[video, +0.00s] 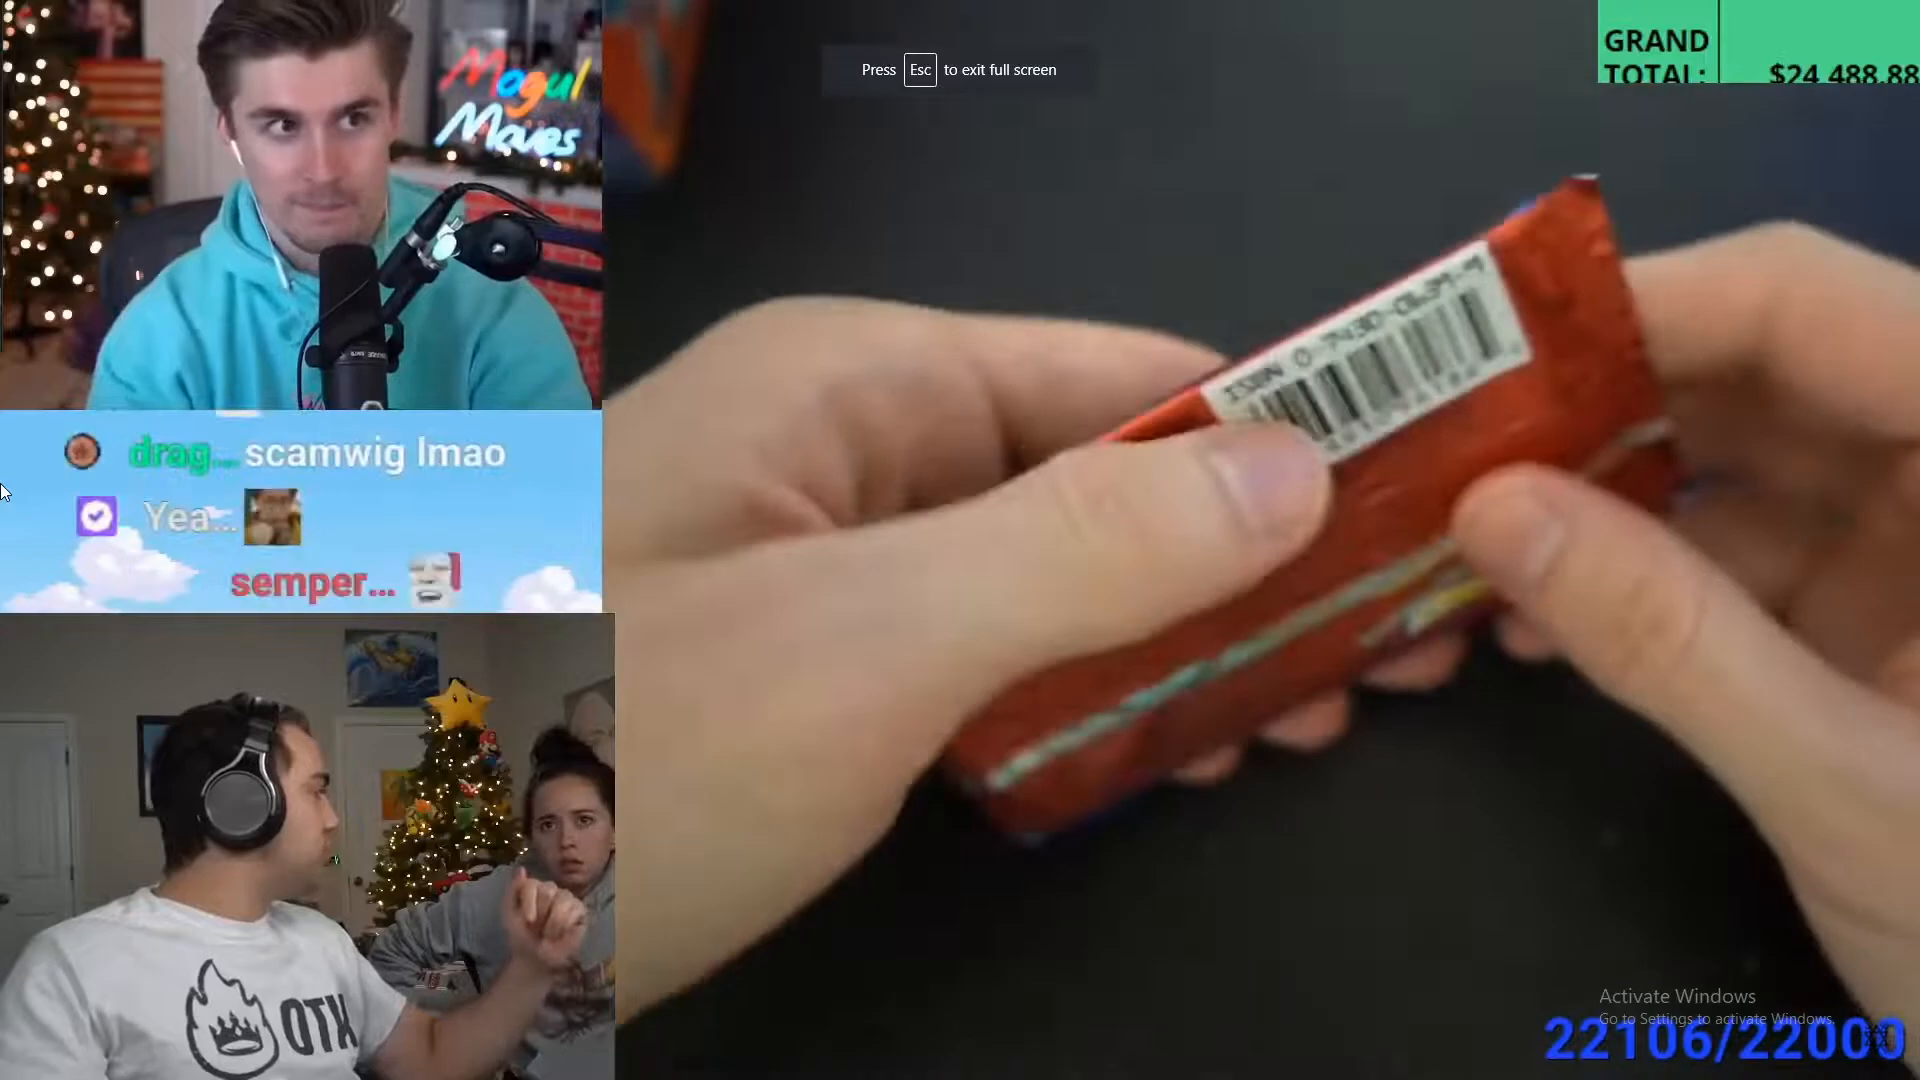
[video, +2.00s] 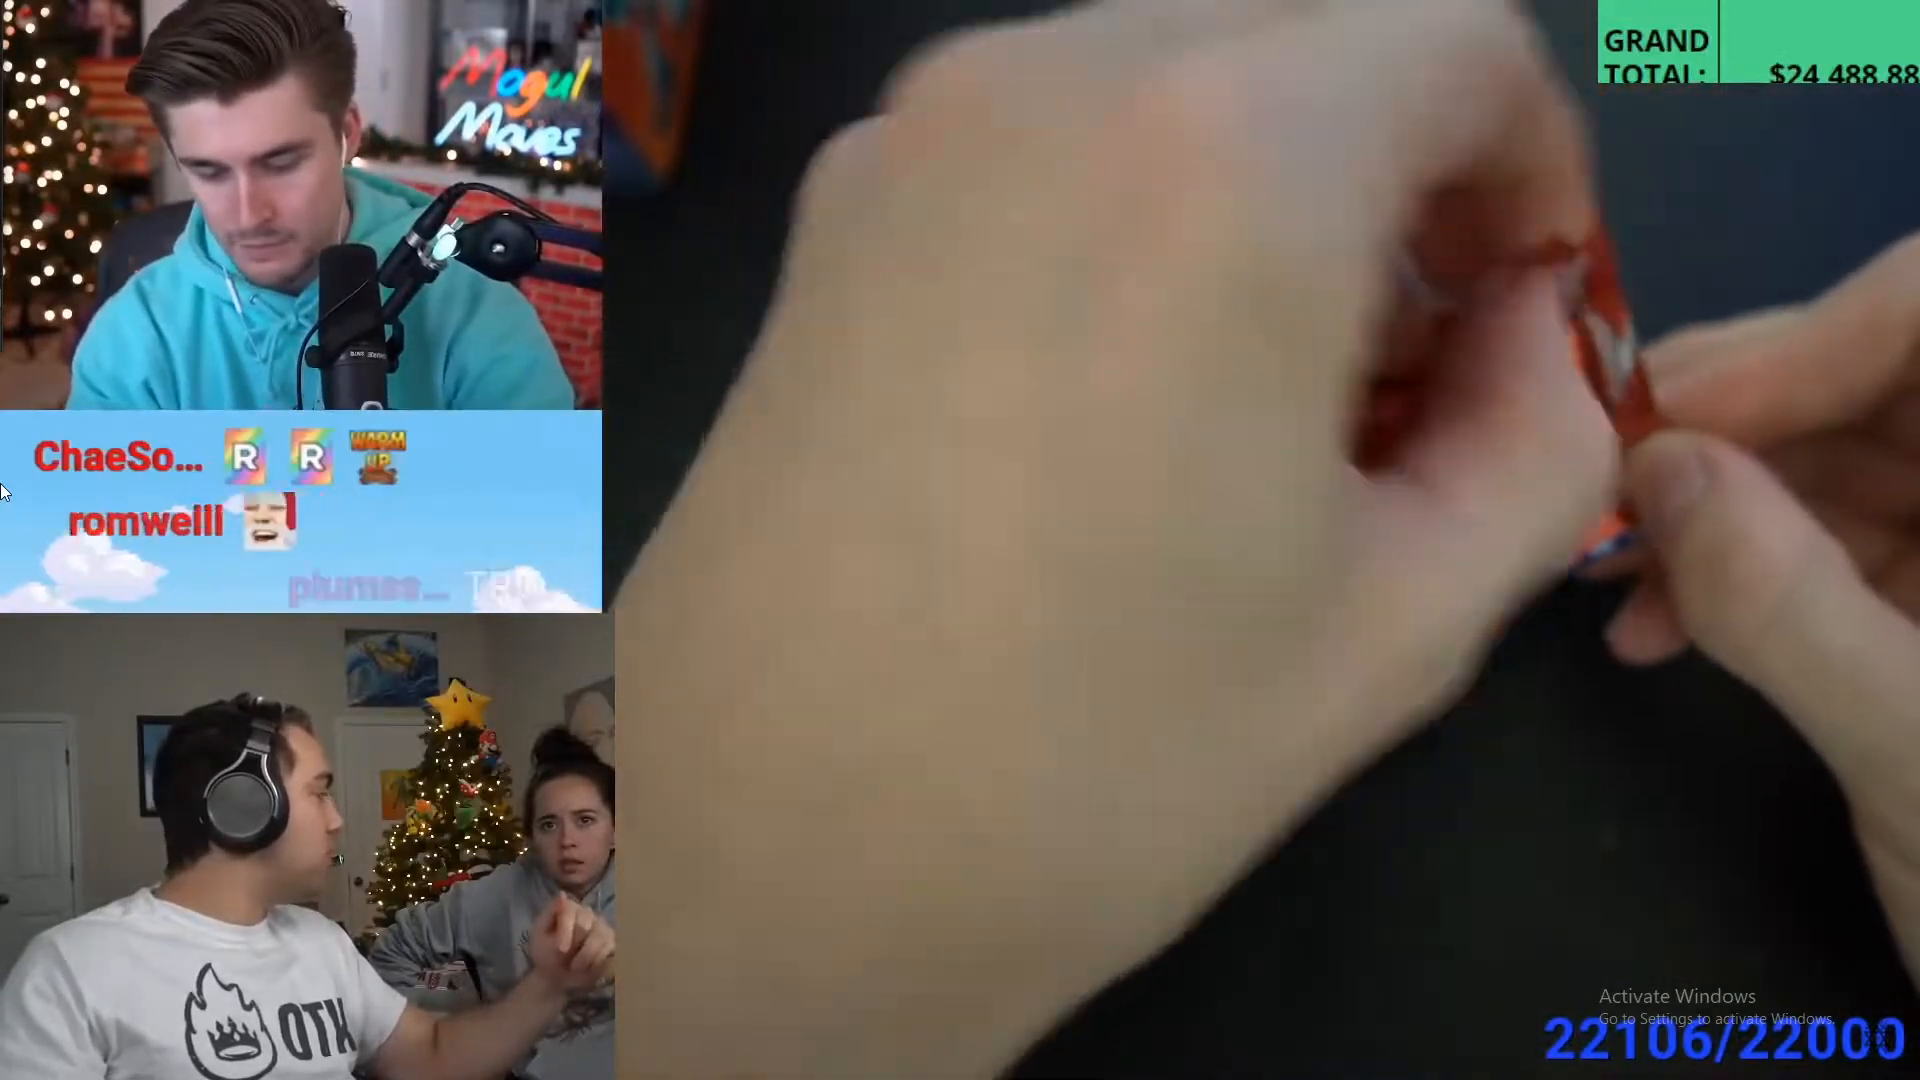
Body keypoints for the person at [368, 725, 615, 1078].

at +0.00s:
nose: (567, 841)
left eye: (584, 821)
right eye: (548, 825)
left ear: (614, 831)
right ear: (531, 836)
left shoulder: (641, 895)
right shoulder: (489, 900)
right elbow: (387, 957)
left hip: (616, 1070)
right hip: (535, 1072)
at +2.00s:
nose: (567, 842)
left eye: (585, 821)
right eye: (549, 825)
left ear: (615, 829)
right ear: (531, 836)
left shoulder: (642, 895)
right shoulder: (493, 898)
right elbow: (389, 956)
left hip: (618, 1069)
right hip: (530, 1071)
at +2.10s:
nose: (567, 842)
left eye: (585, 821)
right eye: (549, 825)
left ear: (615, 828)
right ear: (531, 836)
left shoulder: (643, 895)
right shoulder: (493, 898)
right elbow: (389, 956)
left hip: (619, 1068)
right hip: (531, 1071)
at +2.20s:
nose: (567, 842)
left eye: (585, 821)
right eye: (549, 825)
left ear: (615, 828)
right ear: (531, 836)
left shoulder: (644, 894)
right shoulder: (493, 898)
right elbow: (392, 952)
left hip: (620, 1069)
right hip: (526, 1071)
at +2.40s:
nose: (567, 842)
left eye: (585, 821)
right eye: (548, 825)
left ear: (615, 828)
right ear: (531, 836)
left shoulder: (642, 893)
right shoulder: (491, 899)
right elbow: (389, 956)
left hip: (615, 1069)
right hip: (528, 1071)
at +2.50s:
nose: (567, 842)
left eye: (585, 821)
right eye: (548, 825)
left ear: (615, 828)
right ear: (530, 836)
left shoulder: (641, 897)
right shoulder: (491, 898)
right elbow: (388, 958)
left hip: (609, 1070)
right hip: (522, 1072)